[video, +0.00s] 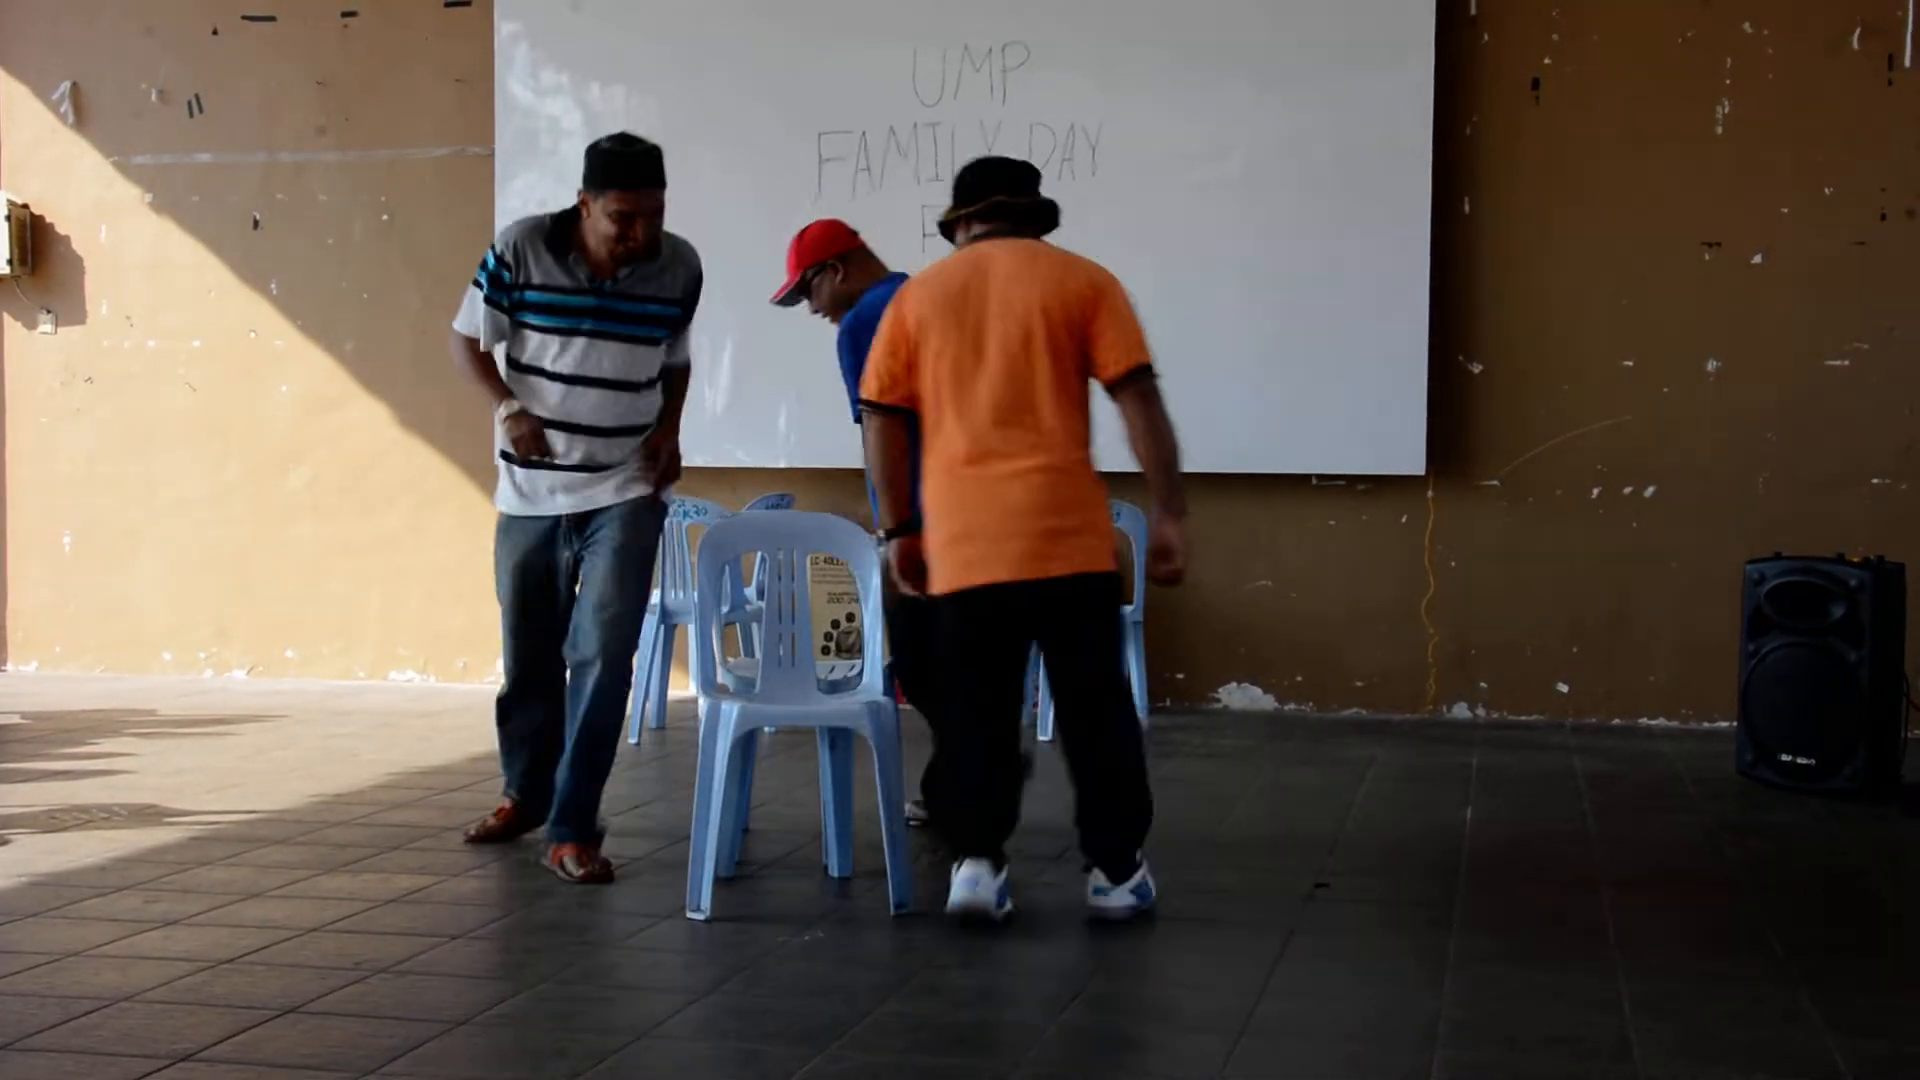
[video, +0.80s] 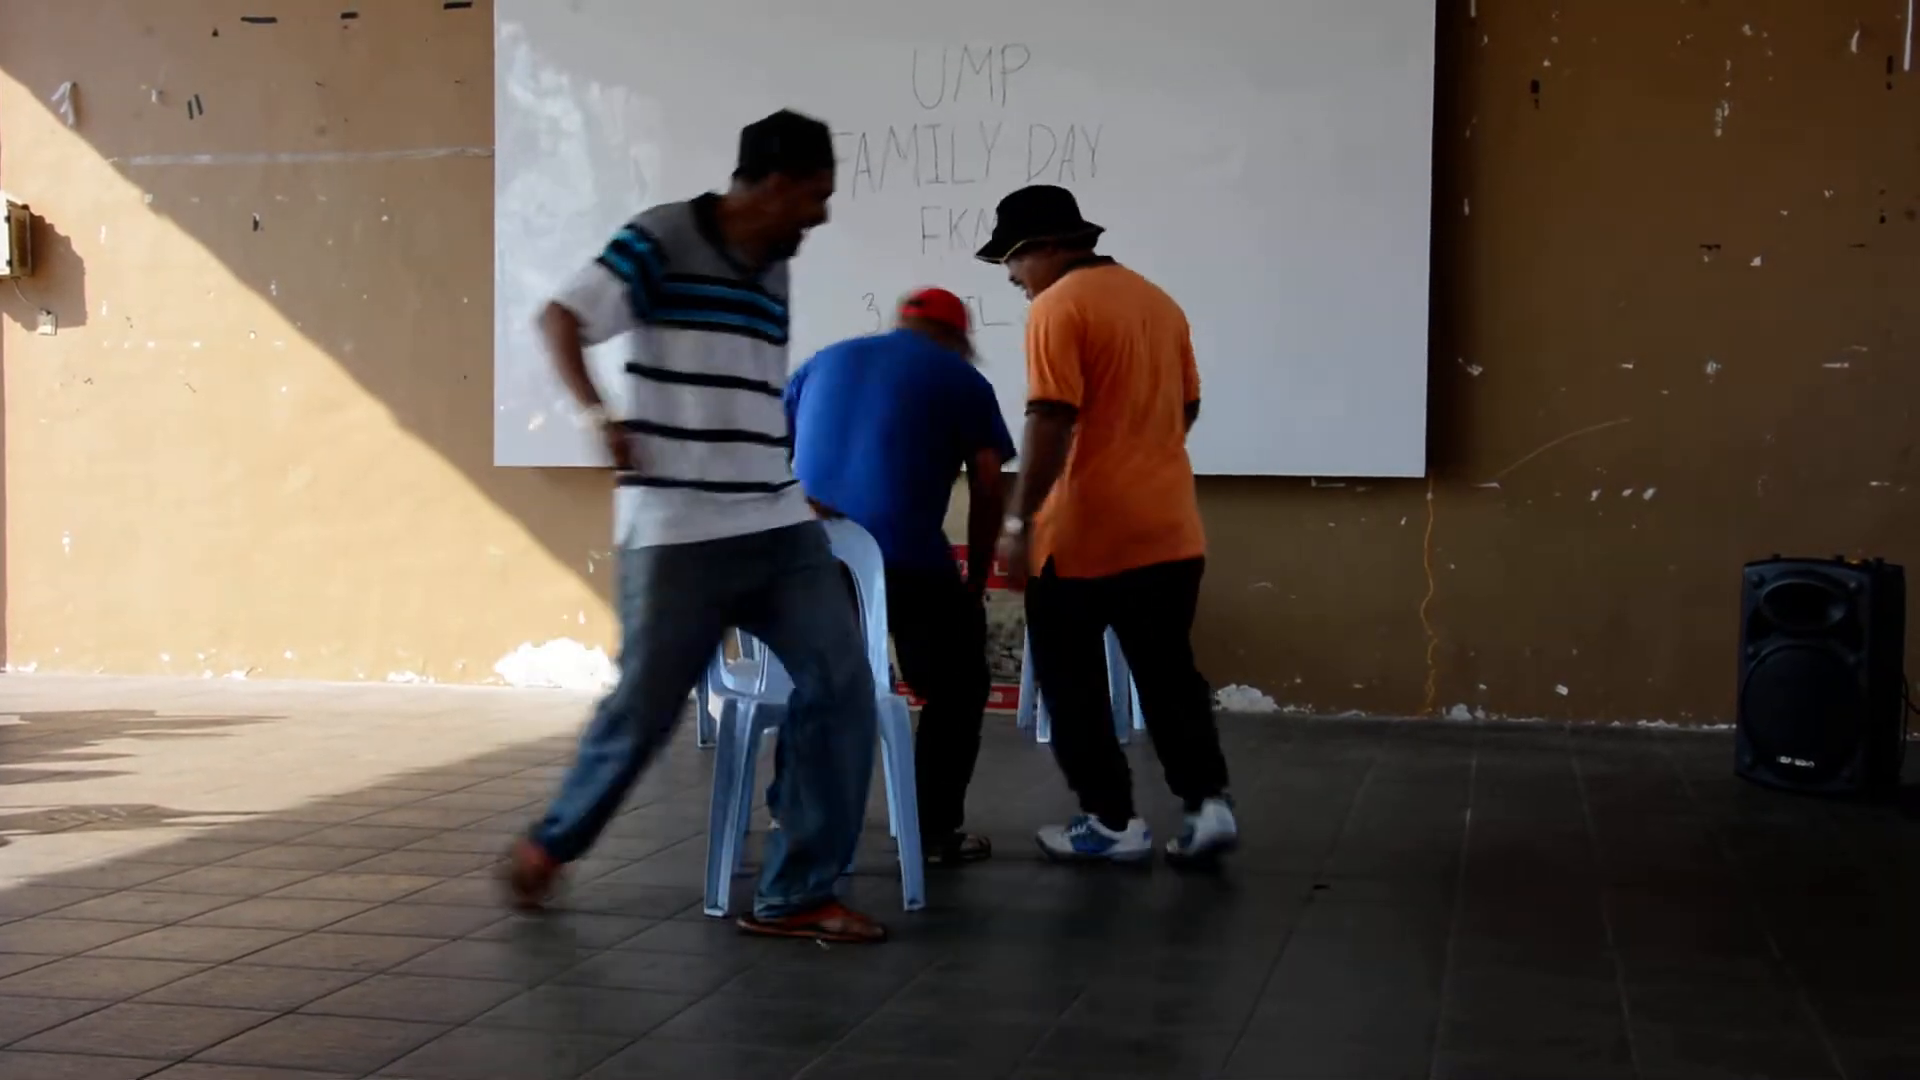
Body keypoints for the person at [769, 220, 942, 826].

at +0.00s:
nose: (813, 309)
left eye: (811, 294)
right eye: (806, 299)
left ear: (838, 271)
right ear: (847, 268)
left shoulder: (861, 325)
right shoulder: (923, 298)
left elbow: (881, 435)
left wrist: (890, 529)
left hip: (914, 522)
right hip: (958, 509)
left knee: (921, 669)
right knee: (958, 661)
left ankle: (953, 796)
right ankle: (962, 793)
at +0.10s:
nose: (800, 319)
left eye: (797, 302)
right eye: (794, 308)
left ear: (822, 280)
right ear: (841, 274)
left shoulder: (851, 325)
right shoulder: (917, 304)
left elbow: (877, 431)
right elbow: (953, 415)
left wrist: (898, 538)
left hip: (914, 530)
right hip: (962, 516)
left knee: (918, 653)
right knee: (963, 650)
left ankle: (962, 789)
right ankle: (975, 786)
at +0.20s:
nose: (797, 320)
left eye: (794, 305)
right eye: (791, 310)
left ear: (817, 282)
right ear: (846, 276)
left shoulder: (832, 328)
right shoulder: (928, 312)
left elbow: (852, 430)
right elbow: (959, 416)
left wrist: (864, 537)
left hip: (909, 521)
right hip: (968, 514)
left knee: (842, 606)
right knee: (955, 661)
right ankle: (957, 800)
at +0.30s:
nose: (791, 318)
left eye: (789, 304)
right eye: (786, 308)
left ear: (810, 284)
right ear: (850, 276)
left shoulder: (814, 334)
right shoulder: (931, 317)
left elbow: (819, 431)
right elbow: (969, 412)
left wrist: (835, 529)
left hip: (870, 531)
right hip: (952, 524)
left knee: (827, 655)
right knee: (946, 668)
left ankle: (797, 795)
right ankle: (952, 799)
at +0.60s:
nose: (811, 316)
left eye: (811, 309)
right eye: (814, 310)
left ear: (819, 302)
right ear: (879, 295)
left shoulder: (797, 347)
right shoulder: (934, 343)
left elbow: (775, 462)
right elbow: (948, 454)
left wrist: (770, 549)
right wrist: (929, 520)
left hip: (833, 544)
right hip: (930, 539)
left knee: (809, 666)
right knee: (952, 680)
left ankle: (792, 806)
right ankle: (930, 831)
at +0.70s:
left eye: (852, 305)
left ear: (850, 306)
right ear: (913, 309)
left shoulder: (806, 353)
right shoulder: (950, 362)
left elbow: (765, 449)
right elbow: (973, 476)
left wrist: (801, 505)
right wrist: (950, 534)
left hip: (827, 552)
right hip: (921, 554)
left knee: (818, 683)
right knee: (962, 681)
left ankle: (804, 836)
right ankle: (937, 832)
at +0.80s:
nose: (965, 354)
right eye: (965, 345)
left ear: (901, 321)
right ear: (957, 336)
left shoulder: (825, 360)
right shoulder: (964, 380)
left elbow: (773, 444)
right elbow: (988, 488)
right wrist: (977, 583)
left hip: (815, 561)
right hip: (909, 567)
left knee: (824, 681)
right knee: (958, 686)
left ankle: (804, 824)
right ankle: (936, 835)